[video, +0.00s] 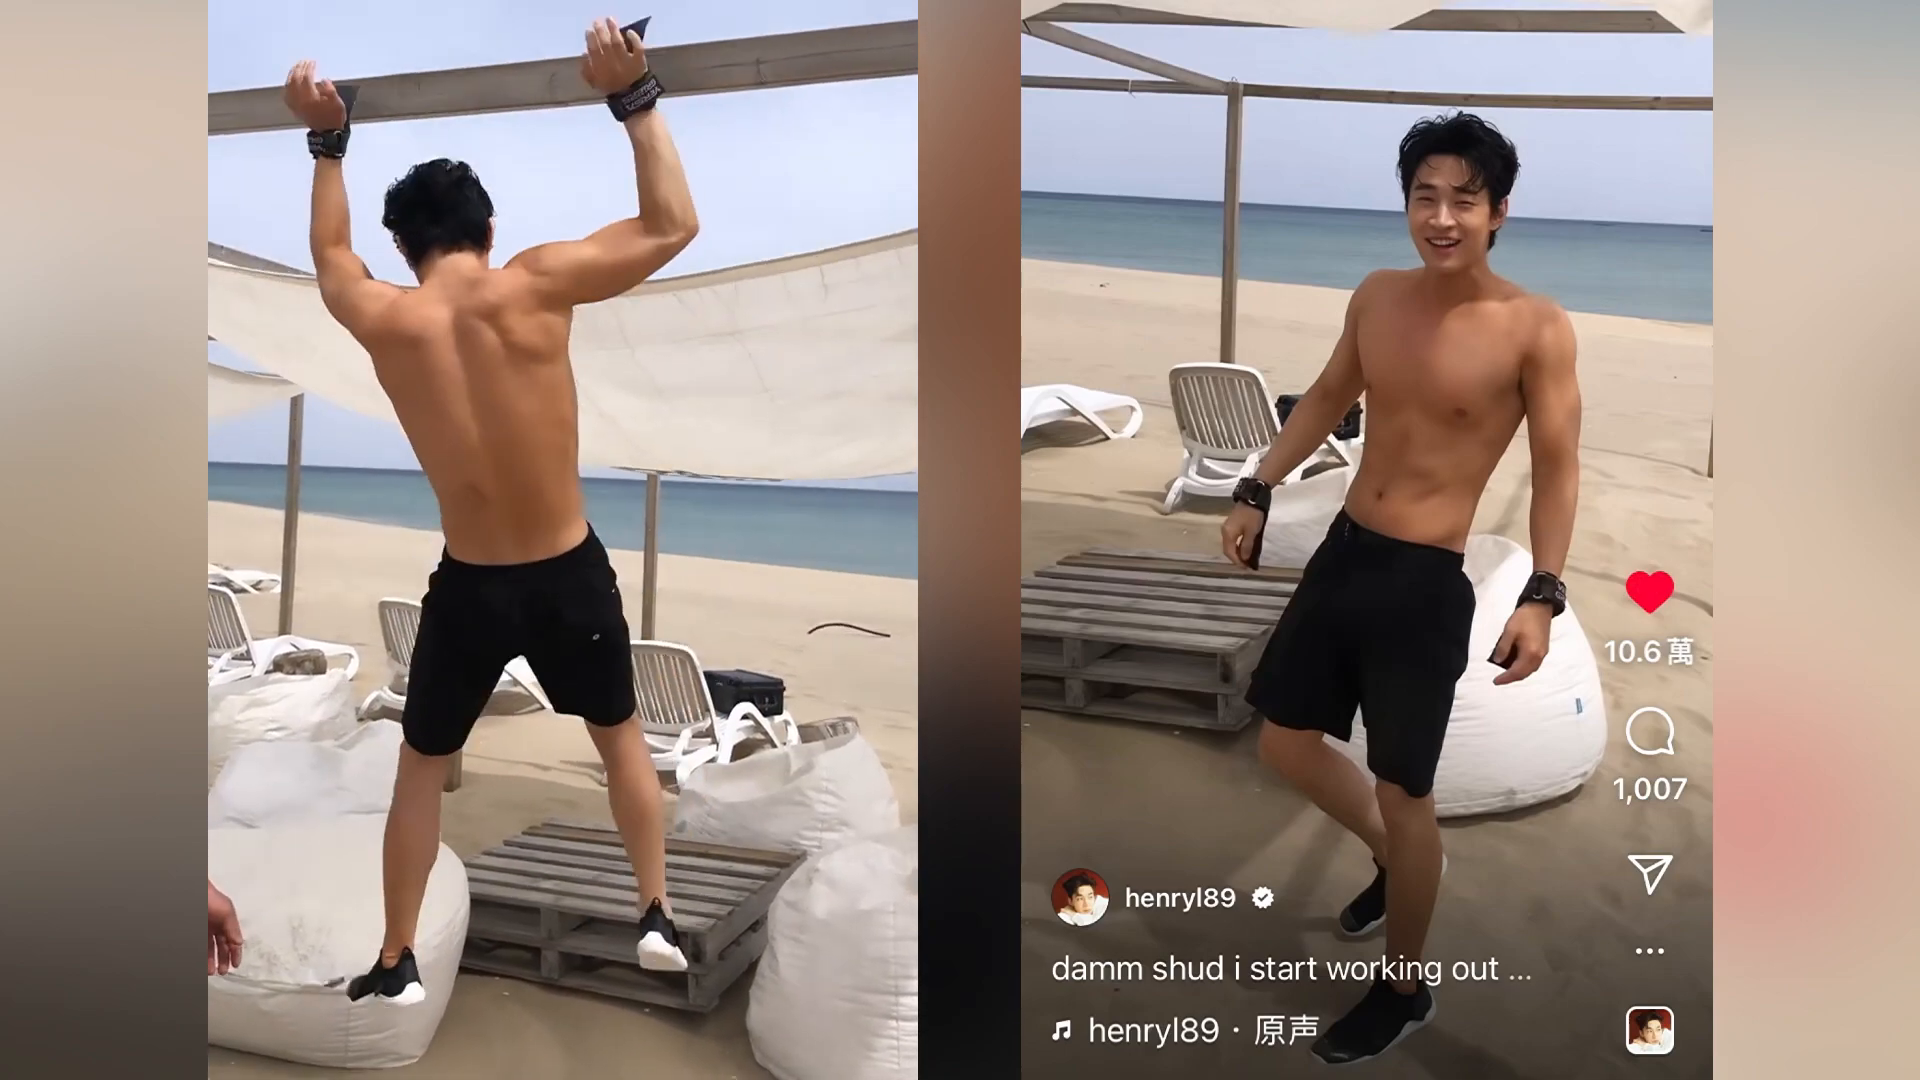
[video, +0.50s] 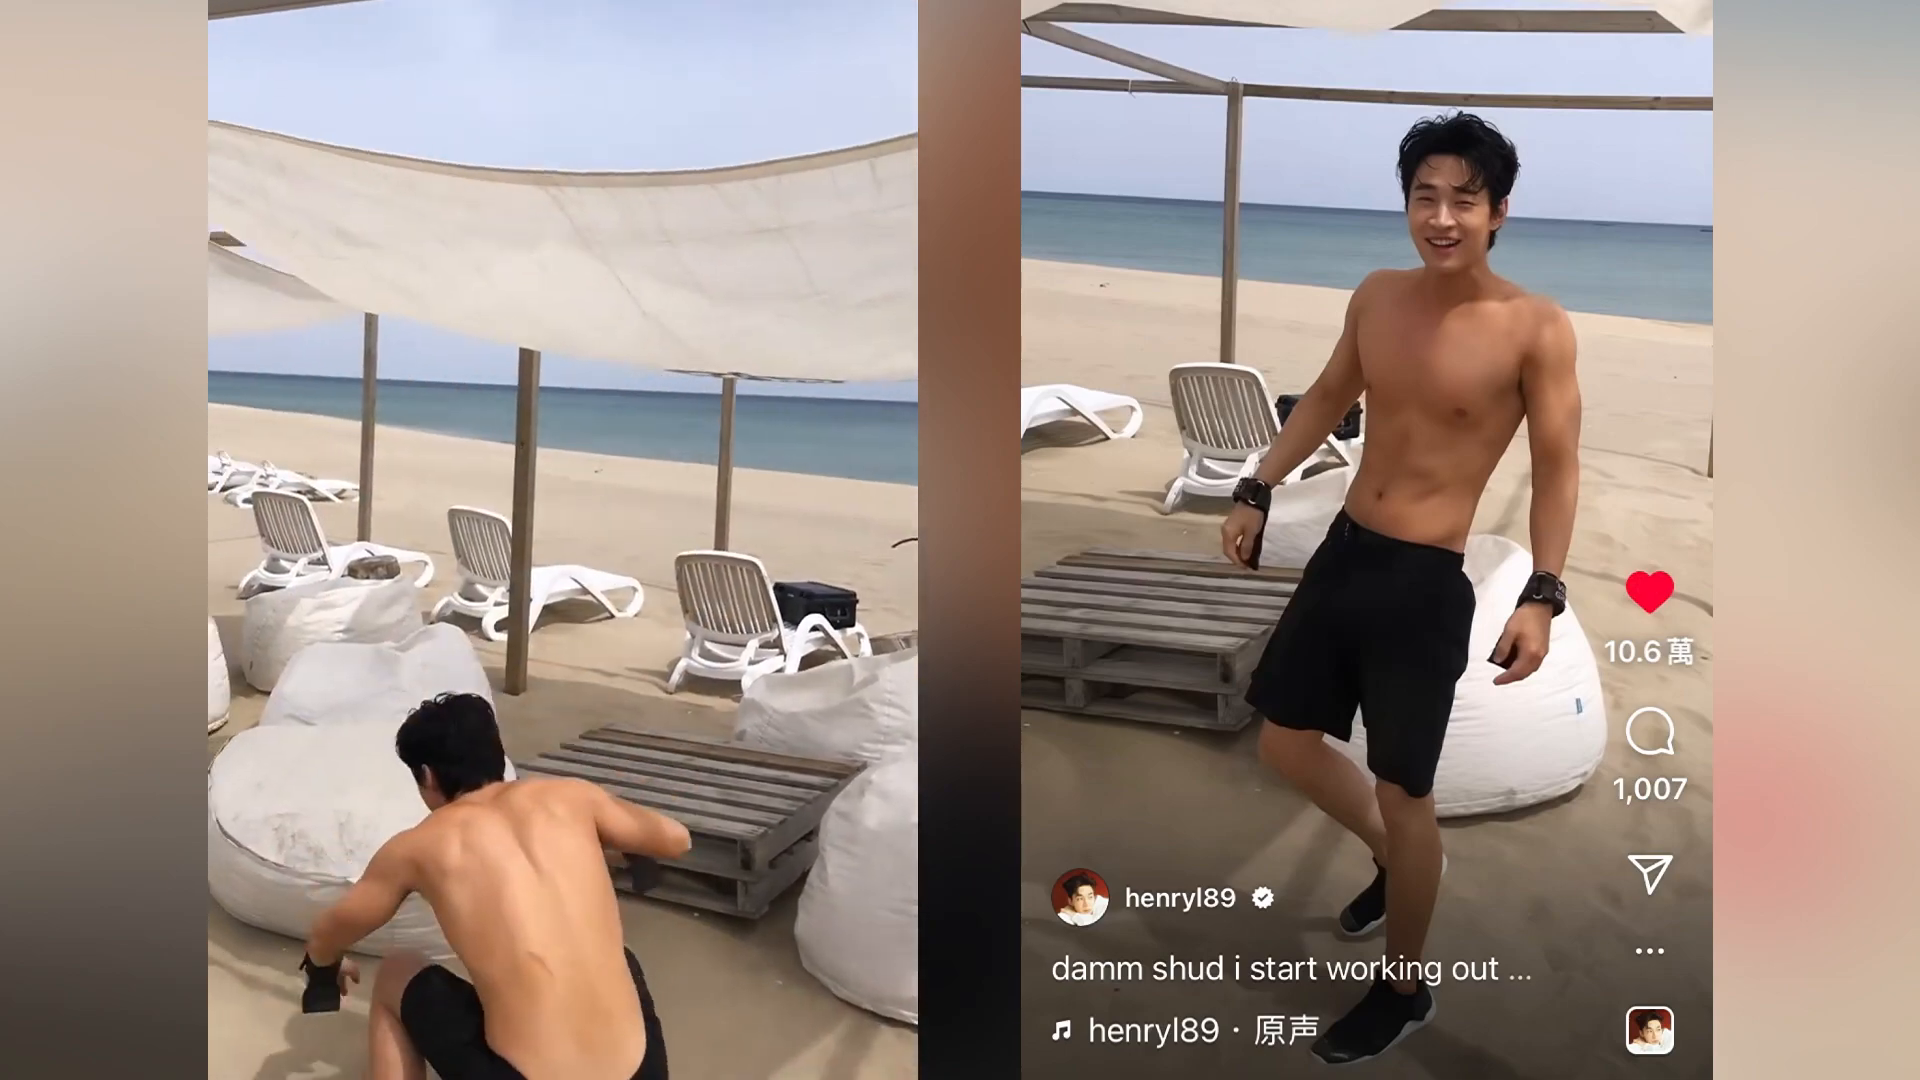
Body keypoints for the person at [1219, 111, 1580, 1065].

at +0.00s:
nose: (1440, 216)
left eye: (1462, 198)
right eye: (1424, 197)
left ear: (1498, 210)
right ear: (1406, 207)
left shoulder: (1535, 328)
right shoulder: (1378, 296)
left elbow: (1556, 468)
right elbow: (1330, 397)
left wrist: (1541, 595)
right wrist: (1255, 484)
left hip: (1426, 579)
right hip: (1344, 553)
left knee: (1403, 799)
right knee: (1285, 742)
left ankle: (1403, 981)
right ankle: (1399, 847)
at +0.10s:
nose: (1440, 216)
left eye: (1461, 198)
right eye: (1424, 197)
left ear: (1498, 210)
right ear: (1406, 208)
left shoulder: (1535, 328)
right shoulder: (1379, 297)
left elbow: (1556, 469)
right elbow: (1330, 398)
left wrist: (1540, 595)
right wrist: (1256, 484)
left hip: (1427, 579)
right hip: (1345, 553)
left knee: (1402, 799)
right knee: (1284, 742)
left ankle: (1403, 981)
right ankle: (1398, 846)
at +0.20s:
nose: (1440, 216)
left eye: (1461, 198)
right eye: (1424, 197)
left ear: (1498, 210)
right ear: (1406, 208)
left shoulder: (1535, 328)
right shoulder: (1379, 297)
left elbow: (1556, 468)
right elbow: (1330, 397)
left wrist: (1541, 595)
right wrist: (1256, 484)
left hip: (1426, 579)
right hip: (1344, 553)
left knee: (1403, 799)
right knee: (1285, 742)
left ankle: (1403, 981)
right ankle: (1398, 846)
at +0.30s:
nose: (1440, 216)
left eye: (1461, 198)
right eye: (1424, 197)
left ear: (1498, 210)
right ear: (1406, 208)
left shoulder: (1535, 328)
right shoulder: (1379, 297)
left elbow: (1556, 469)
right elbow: (1330, 398)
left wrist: (1540, 595)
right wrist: (1256, 484)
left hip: (1427, 579)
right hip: (1345, 553)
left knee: (1402, 799)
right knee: (1284, 742)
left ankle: (1403, 981)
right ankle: (1398, 846)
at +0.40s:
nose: (1440, 216)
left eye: (1462, 198)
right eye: (1424, 197)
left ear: (1498, 210)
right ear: (1406, 208)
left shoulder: (1535, 328)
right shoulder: (1378, 296)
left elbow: (1556, 468)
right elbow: (1330, 398)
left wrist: (1540, 595)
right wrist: (1255, 484)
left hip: (1426, 579)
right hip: (1345, 553)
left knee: (1402, 799)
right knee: (1284, 742)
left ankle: (1403, 981)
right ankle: (1398, 847)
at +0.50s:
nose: (1440, 216)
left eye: (1462, 198)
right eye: (1424, 197)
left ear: (1498, 210)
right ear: (1406, 208)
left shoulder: (1535, 328)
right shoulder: (1378, 296)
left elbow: (1556, 468)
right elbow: (1330, 398)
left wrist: (1540, 595)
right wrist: (1255, 484)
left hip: (1426, 579)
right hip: (1345, 553)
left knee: (1402, 799)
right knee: (1284, 742)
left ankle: (1403, 981)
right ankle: (1398, 847)